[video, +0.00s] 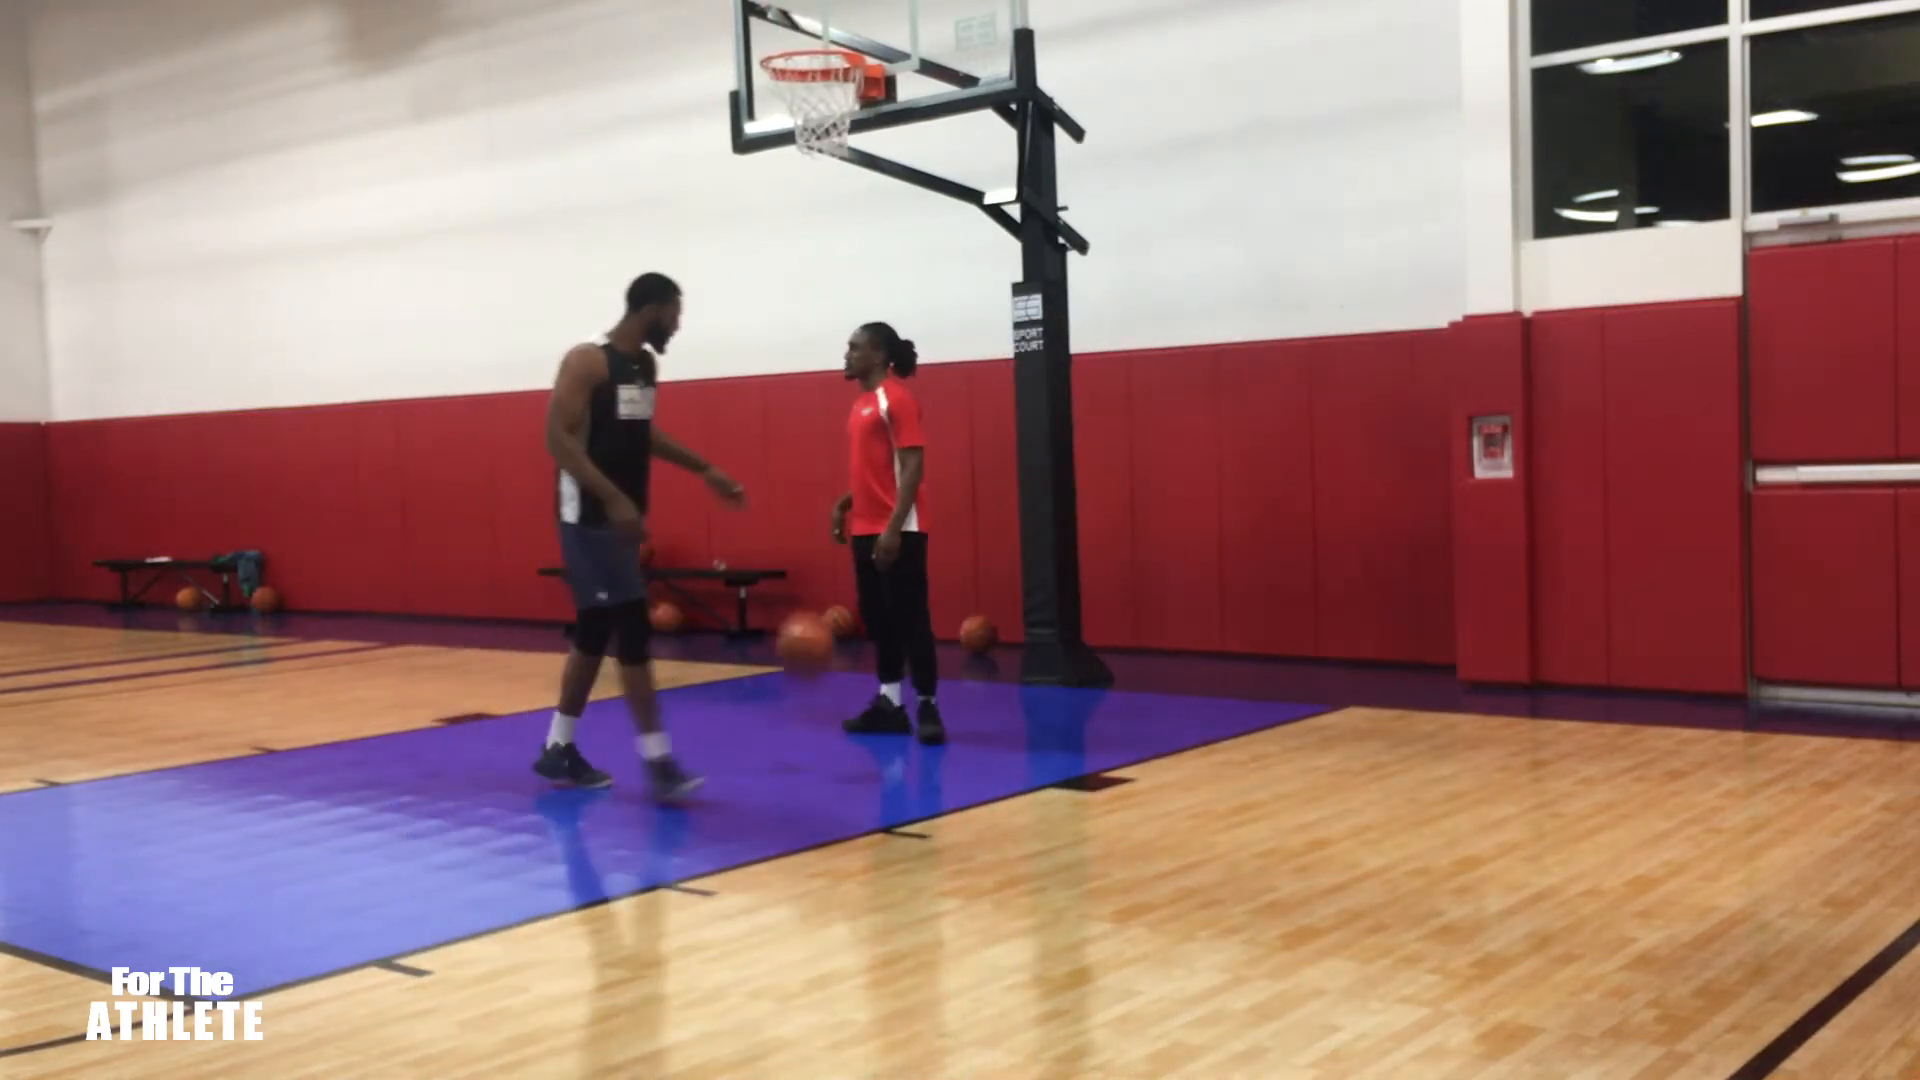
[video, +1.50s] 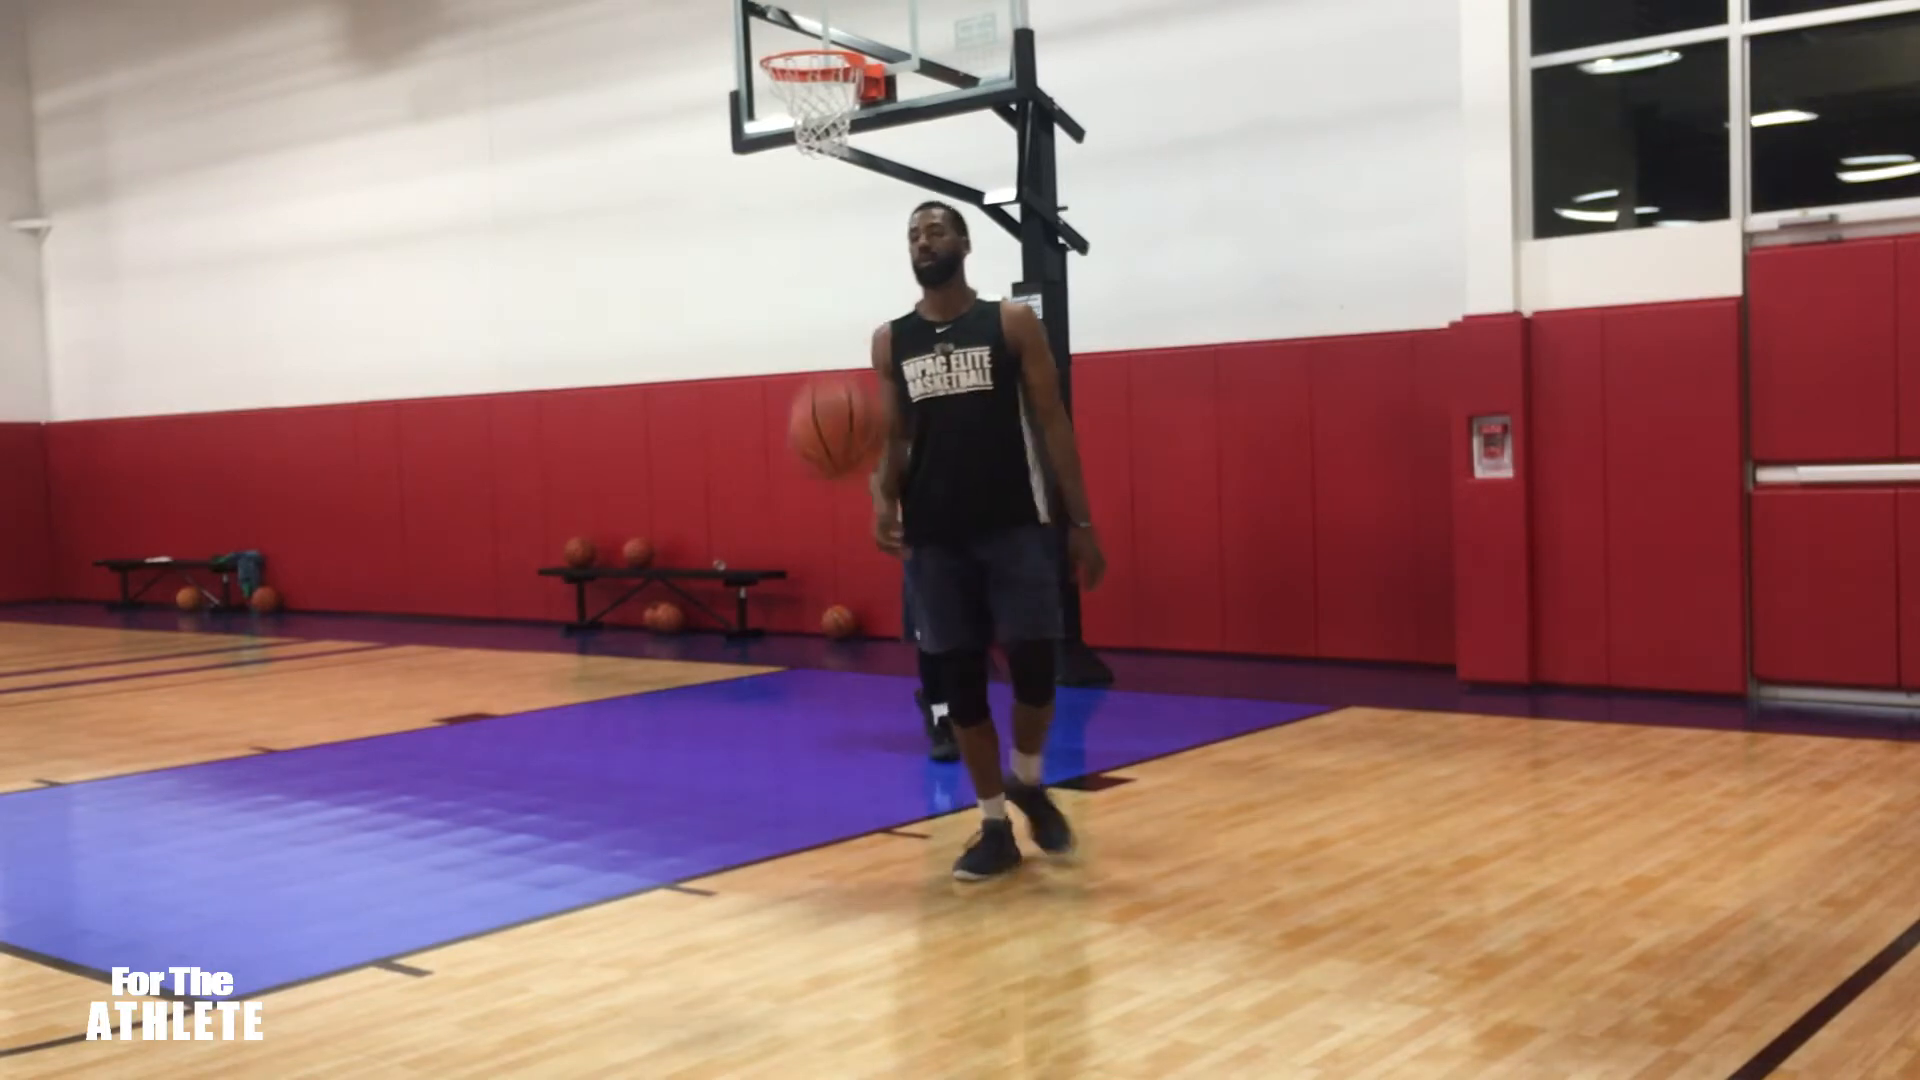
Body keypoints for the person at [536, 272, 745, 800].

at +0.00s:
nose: (676, 325)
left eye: (678, 315)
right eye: (672, 314)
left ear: (648, 310)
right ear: (646, 310)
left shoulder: (643, 367)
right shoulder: (586, 362)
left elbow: (639, 434)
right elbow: (560, 440)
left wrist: (705, 470)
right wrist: (613, 497)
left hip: (621, 523)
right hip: (590, 524)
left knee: (593, 631)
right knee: (632, 630)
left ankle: (557, 749)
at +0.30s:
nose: (737, 316)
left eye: (739, 306)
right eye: (729, 307)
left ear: (725, 306)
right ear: (700, 306)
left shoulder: (728, 361)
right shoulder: (659, 370)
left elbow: (733, 427)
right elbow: (640, 455)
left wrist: (786, 461)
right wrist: (726, 489)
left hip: (724, 521)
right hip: (681, 526)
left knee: (754, 634)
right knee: (734, 635)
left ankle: (667, 705)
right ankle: (730, 771)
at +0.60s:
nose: (790, 290)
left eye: (795, 281)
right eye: (778, 281)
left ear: (802, 288)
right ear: (753, 289)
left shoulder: (821, 353)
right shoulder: (725, 358)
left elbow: (840, 425)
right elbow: (704, 446)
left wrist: (861, 469)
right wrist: (771, 486)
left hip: (819, 523)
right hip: (753, 529)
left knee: (857, 634)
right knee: (748, 648)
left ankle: (911, 769)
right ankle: (731, 770)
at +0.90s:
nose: (860, 274)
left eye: (869, 264)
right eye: (850, 265)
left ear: (886, 275)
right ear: (835, 278)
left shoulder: (922, 344)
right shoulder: (808, 354)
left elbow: (956, 428)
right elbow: (797, 445)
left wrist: (915, 438)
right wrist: (814, 449)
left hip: (917, 522)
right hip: (847, 527)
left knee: (935, 651)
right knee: (855, 648)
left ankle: (938, 791)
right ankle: (815, 736)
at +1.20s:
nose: (902, 246)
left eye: (913, 239)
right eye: (892, 243)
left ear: (937, 258)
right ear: (882, 267)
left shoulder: (976, 325)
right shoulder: (863, 343)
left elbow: (1033, 406)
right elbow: (830, 434)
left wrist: (1015, 383)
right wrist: (808, 422)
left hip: (971, 517)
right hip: (903, 524)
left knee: (963, 655)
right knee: (944, 658)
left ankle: (941, 784)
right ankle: (982, 818)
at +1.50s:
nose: (927, 239)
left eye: (939, 229)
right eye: (917, 233)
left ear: (966, 245)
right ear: (908, 254)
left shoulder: (1014, 322)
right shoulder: (892, 341)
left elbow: (1051, 423)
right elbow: (894, 436)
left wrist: (1080, 521)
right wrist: (885, 499)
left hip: (1015, 527)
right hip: (936, 538)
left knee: (1037, 667)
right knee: (959, 681)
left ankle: (1027, 781)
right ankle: (993, 824)